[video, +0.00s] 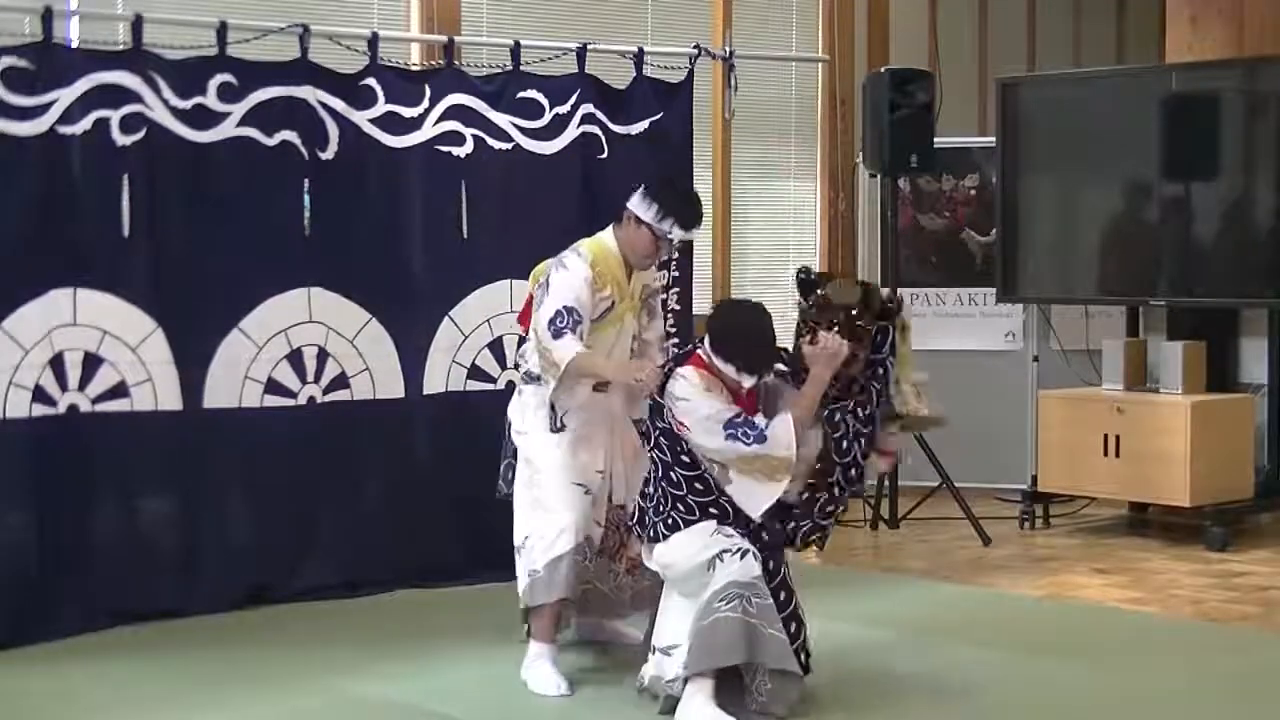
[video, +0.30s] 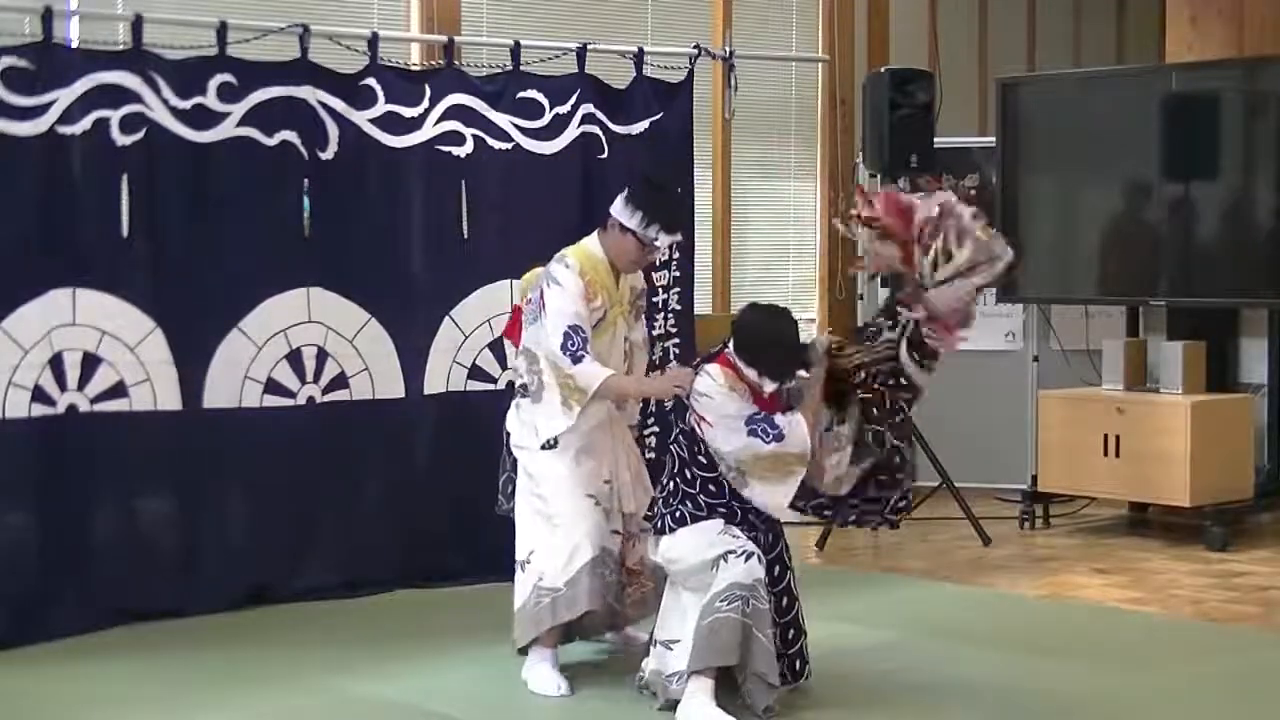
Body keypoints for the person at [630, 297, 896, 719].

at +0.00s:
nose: (746, 380)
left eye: (753, 372)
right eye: (739, 370)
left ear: (764, 355)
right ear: (714, 353)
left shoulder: (757, 377)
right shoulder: (687, 387)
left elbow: (792, 428)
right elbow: (765, 441)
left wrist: (822, 372)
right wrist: (818, 376)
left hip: (725, 516)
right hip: (679, 518)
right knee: (737, 564)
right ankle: (698, 694)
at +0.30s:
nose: (776, 382)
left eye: (782, 373)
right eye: (770, 372)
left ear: (782, 361)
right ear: (744, 356)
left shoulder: (762, 379)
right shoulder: (709, 390)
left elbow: (798, 434)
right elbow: (747, 444)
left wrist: (819, 369)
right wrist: (808, 401)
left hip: (740, 517)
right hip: (693, 519)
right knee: (743, 563)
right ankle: (698, 693)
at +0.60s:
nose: (788, 388)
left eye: (795, 379)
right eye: (781, 378)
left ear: (807, 363)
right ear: (758, 359)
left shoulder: (797, 379)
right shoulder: (722, 391)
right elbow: (778, 471)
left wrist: (847, 412)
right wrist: (841, 428)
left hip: (741, 511)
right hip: (691, 512)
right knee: (736, 565)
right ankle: (698, 695)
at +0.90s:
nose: (790, 405)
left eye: (800, 400)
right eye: (783, 396)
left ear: (814, 379)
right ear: (763, 371)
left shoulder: (797, 382)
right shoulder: (720, 394)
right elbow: (783, 466)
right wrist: (840, 412)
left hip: (748, 513)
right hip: (692, 513)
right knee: (729, 566)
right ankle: (697, 692)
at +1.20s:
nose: (816, 436)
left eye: (825, 428)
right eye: (808, 427)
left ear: (839, 402)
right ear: (784, 400)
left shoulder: (829, 411)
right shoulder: (731, 411)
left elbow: (837, 475)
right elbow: (736, 510)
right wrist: (811, 514)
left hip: (792, 533)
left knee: (882, 555)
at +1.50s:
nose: (826, 449)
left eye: (836, 446)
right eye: (822, 436)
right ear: (806, 403)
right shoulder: (748, 404)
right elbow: (729, 503)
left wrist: (809, 543)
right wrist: (797, 535)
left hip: (756, 526)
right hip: (681, 518)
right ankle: (688, 693)